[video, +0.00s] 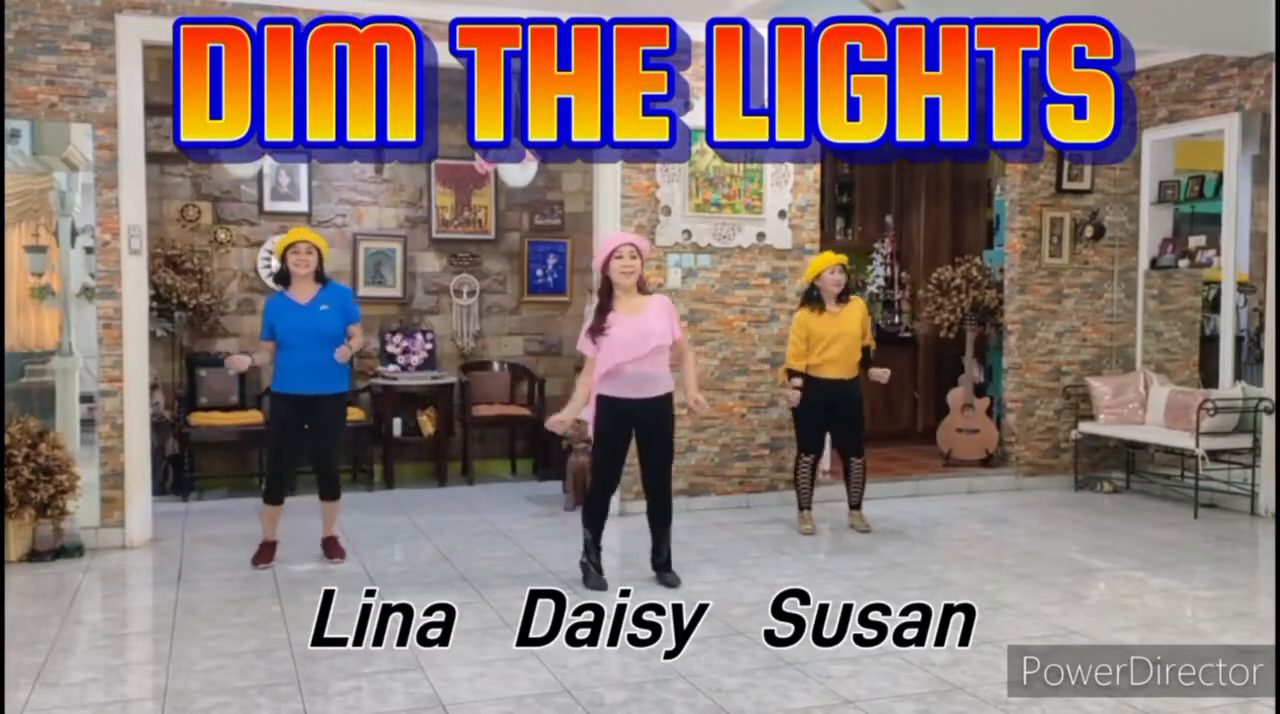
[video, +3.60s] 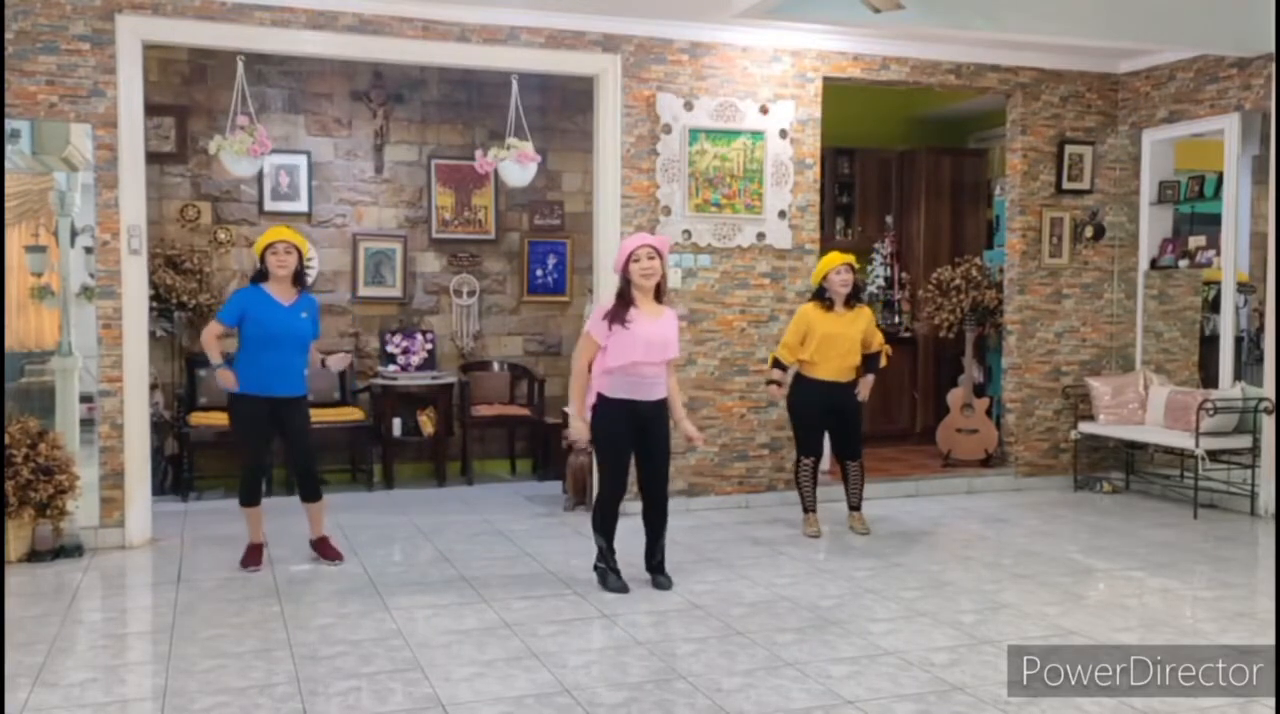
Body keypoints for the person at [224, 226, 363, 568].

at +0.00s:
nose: (302, 258)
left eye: (309, 252)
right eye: (296, 252)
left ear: (319, 259)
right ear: (285, 261)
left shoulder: (339, 294)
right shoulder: (275, 302)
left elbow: (357, 336)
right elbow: (268, 349)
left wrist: (349, 348)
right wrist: (249, 360)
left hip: (330, 395)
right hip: (285, 395)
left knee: (328, 467)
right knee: (277, 468)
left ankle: (330, 536)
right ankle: (269, 540)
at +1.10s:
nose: (296, 253)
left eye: (302, 248)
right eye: (289, 249)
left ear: (311, 257)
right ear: (278, 258)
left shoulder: (321, 301)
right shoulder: (263, 294)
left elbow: (322, 350)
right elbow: (225, 326)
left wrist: (351, 348)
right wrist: (242, 358)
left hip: (308, 394)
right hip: (266, 394)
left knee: (315, 464)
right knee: (262, 468)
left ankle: (328, 536)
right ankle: (255, 541)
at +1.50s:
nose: (272, 254)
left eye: (279, 249)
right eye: (265, 250)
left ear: (291, 257)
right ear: (256, 258)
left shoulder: (305, 304)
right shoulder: (239, 293)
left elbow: (303, 348)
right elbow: (203, 323)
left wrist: (306, 361)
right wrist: (189, 353)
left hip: (285, 396)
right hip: (241, 394)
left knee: (286, 466)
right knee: (246, 468)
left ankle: (278, 536)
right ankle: (253, 541)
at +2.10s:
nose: (272, 256)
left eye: (280, 250)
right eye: (266, 251)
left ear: (293, 258)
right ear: (258, 260)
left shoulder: (313, 296)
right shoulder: (249, 302)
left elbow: (331, 340)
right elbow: (243, 349)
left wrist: (312, 356)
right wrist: (209, 345)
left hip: (298, 396)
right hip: (254, 395)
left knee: (304, 464)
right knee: (253, 466)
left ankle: (326, 536)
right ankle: (254, 542)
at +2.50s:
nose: (299, 259)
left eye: (306, 253)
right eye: (291, 254)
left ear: (317, 260)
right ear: (282, 262)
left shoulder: (340, 293)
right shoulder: (276, 307)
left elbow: (359, 331)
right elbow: (271, 358)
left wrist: (360, 351)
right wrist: (255, 366)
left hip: (333, 395)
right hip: (289, 395)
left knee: (329, 465)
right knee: (278, 463)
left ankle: (330, 537)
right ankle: (272, 533)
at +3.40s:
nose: (294, 257)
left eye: (301, 251)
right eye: (287, 251)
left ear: (311, 259)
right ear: (276, 258)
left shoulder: (321, 300)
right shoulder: (263, 297)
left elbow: (326, 349)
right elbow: (232, 335)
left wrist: (354, 346)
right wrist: (261, 359)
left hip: (311, 395)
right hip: (269, 395)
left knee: (317, 465)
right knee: (265, 465)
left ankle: (327, 537)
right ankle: (256, 540)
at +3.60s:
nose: (282, 257)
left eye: (289, 252)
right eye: (275, 252)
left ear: (300, 260)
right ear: (264, 259)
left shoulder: (308, 304)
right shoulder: (247, 297)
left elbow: (308, 352)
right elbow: (209, 334)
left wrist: (326, 362)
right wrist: (220, 368)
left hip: (293, 399)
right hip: (250, 398)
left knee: (306, 465)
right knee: (253, 468)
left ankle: (319, 537)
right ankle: (255, 541)